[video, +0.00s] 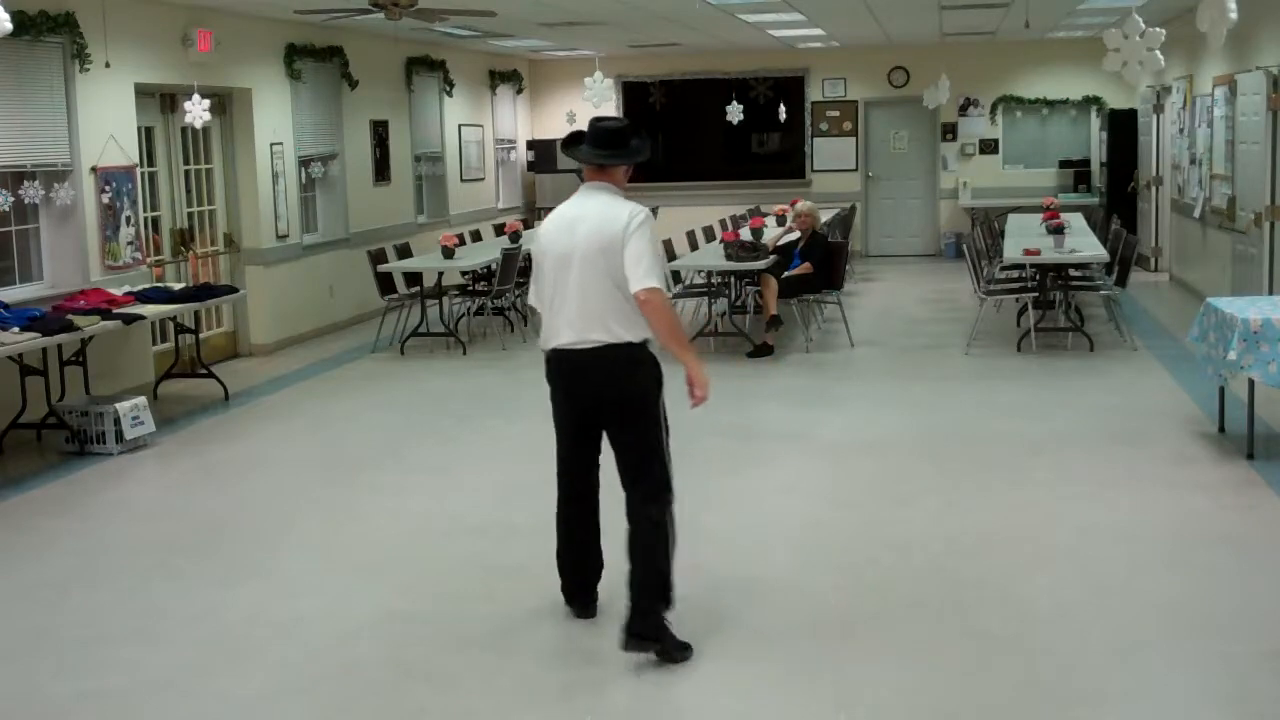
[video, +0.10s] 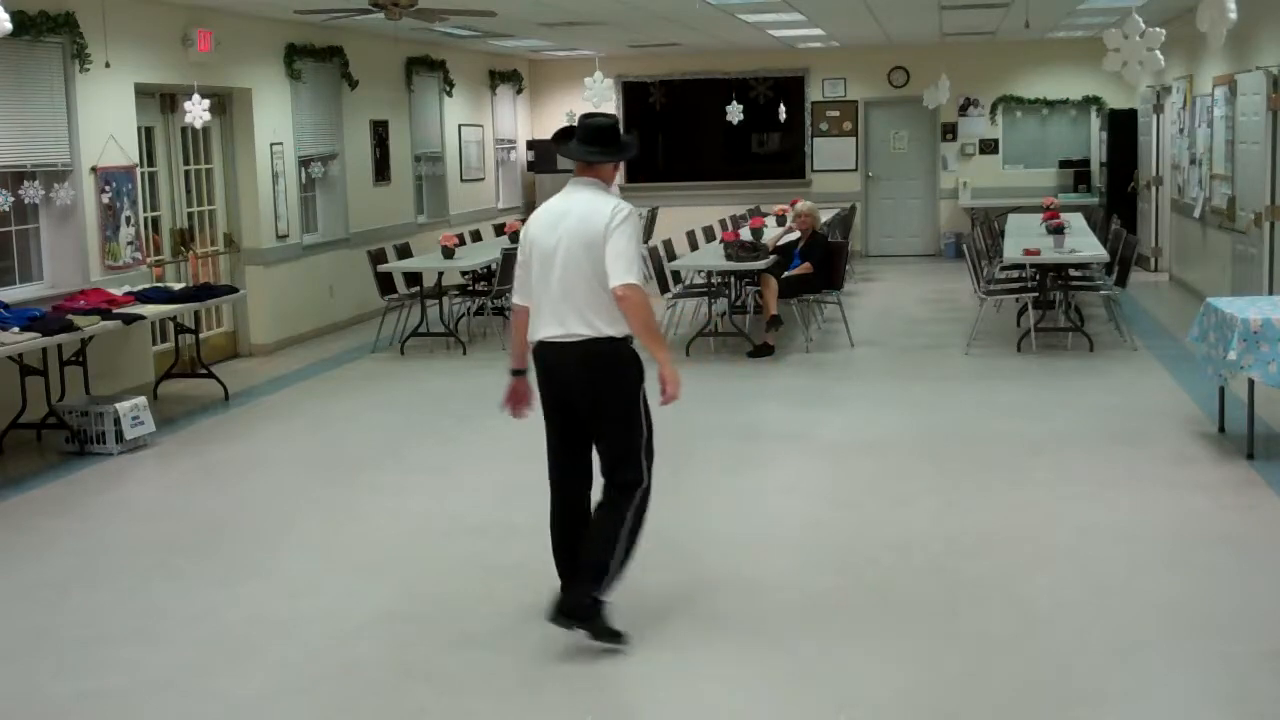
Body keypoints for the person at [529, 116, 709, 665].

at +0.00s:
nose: (633, 172)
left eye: (628, 163)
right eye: (631, 164)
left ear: (584, 166)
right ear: (623, 167)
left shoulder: (550, 224)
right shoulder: (632, 218)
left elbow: (539, 301)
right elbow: (647, 295)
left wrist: (579, 336)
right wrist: (690, 362)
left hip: (566, 369)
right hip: (626, 366)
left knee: (575, 484)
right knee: (649, 492)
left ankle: (579, 593)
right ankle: (647, 622)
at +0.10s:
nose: (620, 172)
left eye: (615, 163)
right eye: (620, 164)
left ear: (572, 162)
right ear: (615, 166)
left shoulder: (537, 219)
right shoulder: (616, 213)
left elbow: (520, 305)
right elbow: (626, 290)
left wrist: (518, 369)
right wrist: (663, 359)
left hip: (552, 361)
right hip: (607, 359)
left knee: (568, 481)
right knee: (629, 480)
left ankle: (574, 595)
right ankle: (586, 595)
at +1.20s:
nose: (654, 168)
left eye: (653, 160)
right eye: (652, 160)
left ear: (611, 160)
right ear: (641, 163)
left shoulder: (569, 201)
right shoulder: (646, 214)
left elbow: (539, 262)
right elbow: (658, 292)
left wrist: (565, 297)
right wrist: (682, 342)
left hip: (573, 334)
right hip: (626, 337)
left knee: (574, 429)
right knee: (649, 421)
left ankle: (569, 534)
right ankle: (618, 512)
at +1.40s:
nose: (678, 170)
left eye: (678, 162)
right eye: (676, 163)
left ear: (635, 165)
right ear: (664, 166)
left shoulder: (607, 207)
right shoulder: (663, 217)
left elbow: (591, 270)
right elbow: (669, 295)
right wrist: (693, 353)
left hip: (607, 335)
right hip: (652, 338)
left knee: (599, 427)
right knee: (682, 425)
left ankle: (572, 526)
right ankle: (691, 510)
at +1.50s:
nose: (693, 162)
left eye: (691, 155)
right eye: (691, 155)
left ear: (652, 158)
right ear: (680, 157)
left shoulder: (624, 203)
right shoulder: (679, 212)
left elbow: (625, 265)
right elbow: (683, 288)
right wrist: (696, 350)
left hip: (628, 325)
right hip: (668, 328)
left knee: (635, 409)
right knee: (698, 418)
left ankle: (595, 491)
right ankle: (692, 508)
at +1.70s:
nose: (716, 152)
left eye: (714, 145)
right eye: (715, 145)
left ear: (677, 148)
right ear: (709, 148)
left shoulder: (656, 193)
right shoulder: (701, 199)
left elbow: (668, 255)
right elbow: (702, 273)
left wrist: (723, 265)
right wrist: (724, 333)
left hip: (660, 313)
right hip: (691, 316)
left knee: (696, 398)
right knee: (708, 408)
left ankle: (685, 484)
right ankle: (691, 507)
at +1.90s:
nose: (735, 160)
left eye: (732, 154)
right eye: (735, 154)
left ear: (698, 158)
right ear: (729, 157)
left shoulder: (680, 202)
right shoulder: (717, 207)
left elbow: (694, 260)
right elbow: (720, 281)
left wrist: (748, 270)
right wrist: (753, 333)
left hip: (691, 318)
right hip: (718, 320)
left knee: (727, 406)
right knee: (724, 414)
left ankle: (748, 482)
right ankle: (690, 506)